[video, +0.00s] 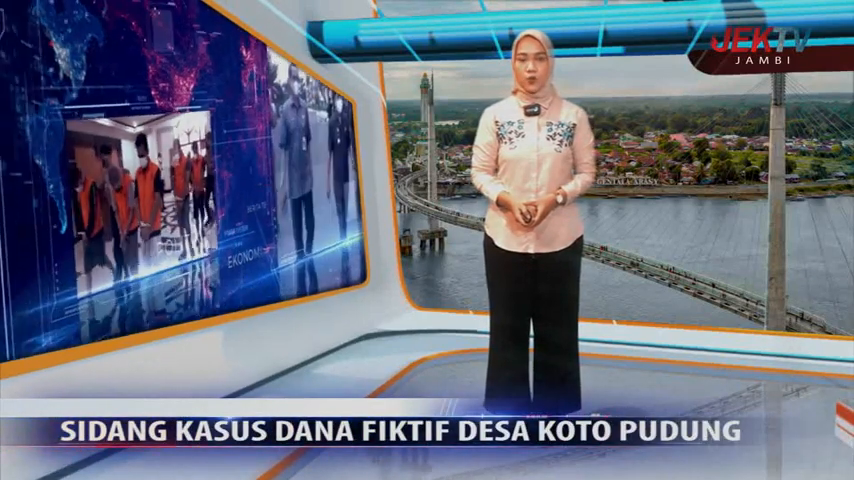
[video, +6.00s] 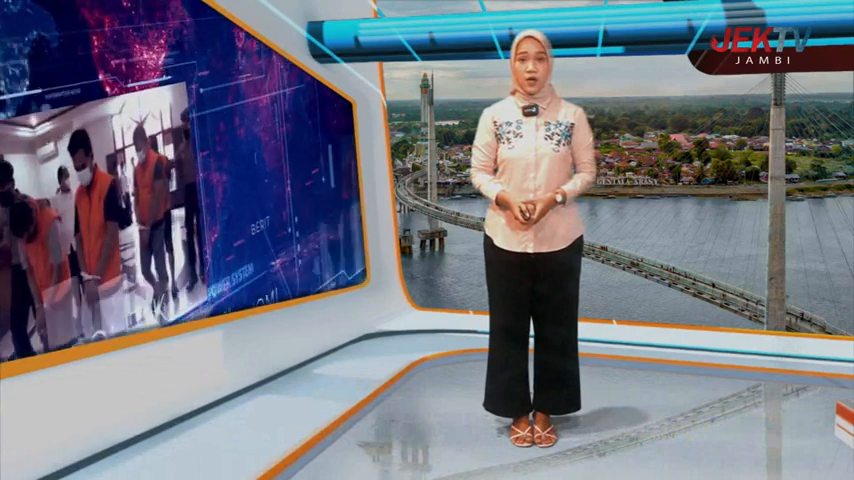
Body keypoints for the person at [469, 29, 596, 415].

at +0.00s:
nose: (531, 66)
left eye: (539, 58)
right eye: (523, 58)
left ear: (551, 64)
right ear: (513, 64)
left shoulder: (574, 116)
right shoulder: (494, 116)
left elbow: (586, 174)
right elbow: (480, 172)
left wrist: (553, 198)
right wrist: (508, 201)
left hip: (559, 243)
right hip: (506, 245)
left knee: (558, 339)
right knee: (507, 337)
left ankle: (558, 423)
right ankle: (506, 424)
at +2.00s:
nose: (531, 67)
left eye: (540, 60)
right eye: (523, 60)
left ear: (551, 65)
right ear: (513, 65)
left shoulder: (573, 115)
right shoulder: (494, 116)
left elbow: (587, 172)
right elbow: (480, 171)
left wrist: (558, 187)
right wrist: (507, 197)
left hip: (559, 241)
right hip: (507, 242)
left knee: (558, 337)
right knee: (507, 336)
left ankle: (558, 422)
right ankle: (506, 422)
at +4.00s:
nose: (531, 67)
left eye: (540, 60)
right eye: (523, 60)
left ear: (552, 65)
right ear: (513, 65)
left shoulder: (574, 116)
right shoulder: (494, 116)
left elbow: (588, 173)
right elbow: (480, 172)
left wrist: (555, 198)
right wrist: (509, 200)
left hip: (559, 243)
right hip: (506, 244)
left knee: (558, 337)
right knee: (507, 336)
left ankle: (557, 421)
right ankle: (506, 421)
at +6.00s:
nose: (531, 67)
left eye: (539, 59)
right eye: (522, 59)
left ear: (551, 64)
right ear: (511, 65)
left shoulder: (572, 115)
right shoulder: (494, 116)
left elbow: (587, 172)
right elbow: (479, 172)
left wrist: (556, 197)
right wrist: (505, 198)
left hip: (559, 241)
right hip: (506, 242)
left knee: (554, 329)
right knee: (510, 329)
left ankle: (544, 413)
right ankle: (519, 414)